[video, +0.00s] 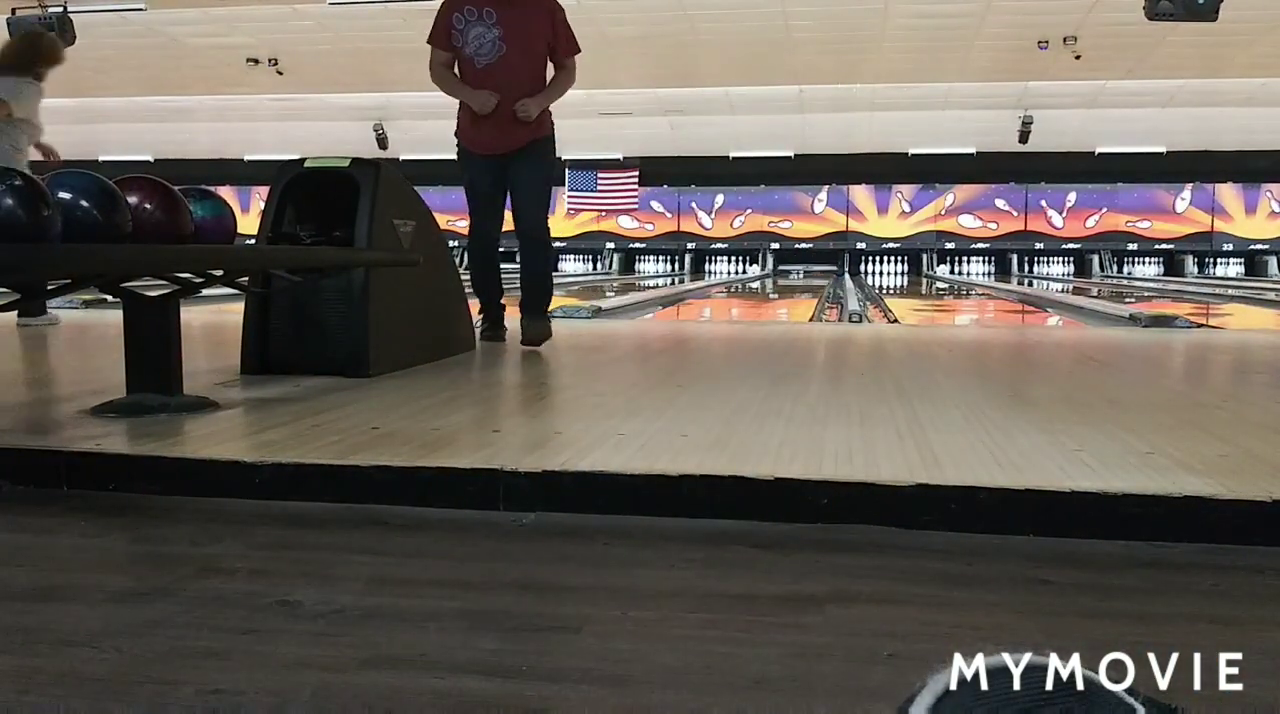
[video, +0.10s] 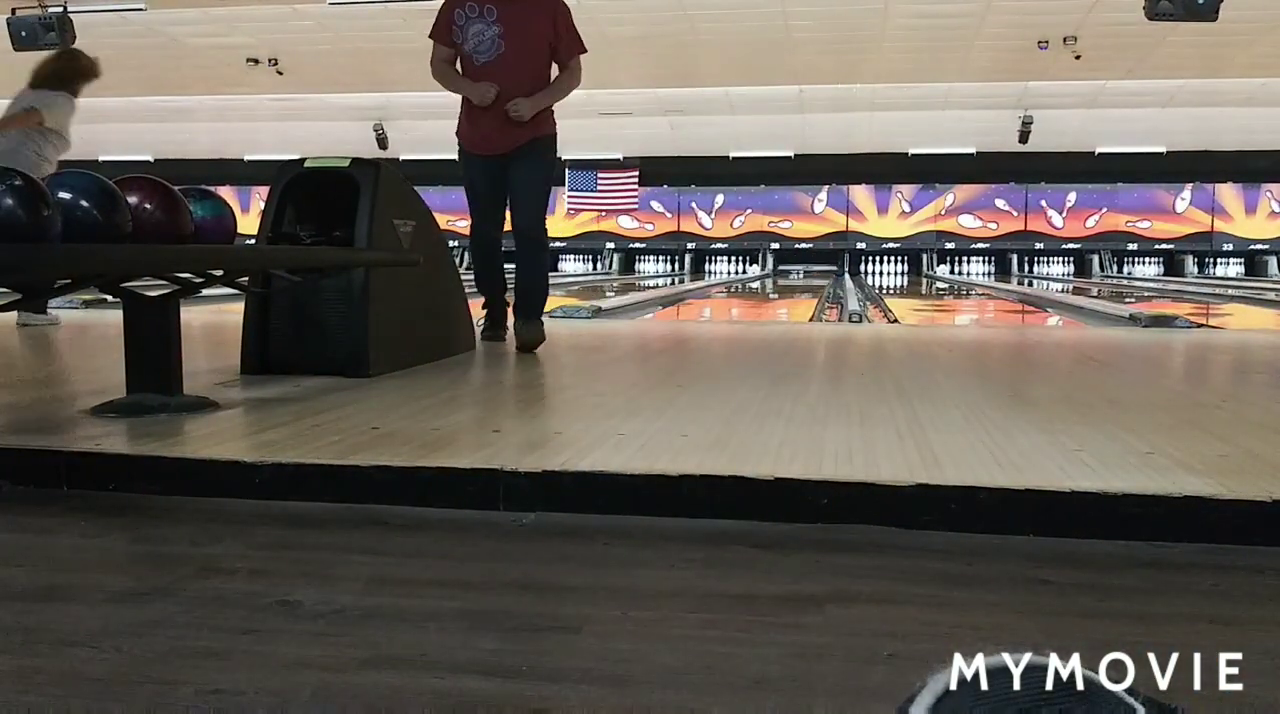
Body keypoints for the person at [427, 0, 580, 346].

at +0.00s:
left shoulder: (545, 7)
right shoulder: (456, 6)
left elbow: (567, 70)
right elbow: (438, 69)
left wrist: (541, 100)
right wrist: (470, 94)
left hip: (531, 137)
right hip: (479, 139)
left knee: (533, 230)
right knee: (483, 232)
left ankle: (535, 317)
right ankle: (491, 316)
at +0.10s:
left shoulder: (550, 6)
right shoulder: (459, 5)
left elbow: (572, 72)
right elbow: (439, 65)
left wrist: (536, 102)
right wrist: (469, 88)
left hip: (532, 136)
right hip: (479, 137)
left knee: (530, 230)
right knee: (485, 231)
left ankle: (529, 319)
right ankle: (494, 309)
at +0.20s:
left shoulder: (557, 5)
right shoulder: (463, 3)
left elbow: (577, 72)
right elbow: (443, 56)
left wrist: (530, 98)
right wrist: (465, 77)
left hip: (532, 130)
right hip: (479, 132)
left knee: (529, 230)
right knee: (484, 233)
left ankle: (528, 327)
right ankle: (498, 304)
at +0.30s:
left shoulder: (563, 4)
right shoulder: (465, 2)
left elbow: (579, 65)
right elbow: (449, 45)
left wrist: (525, 89)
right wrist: (463, 66)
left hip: (535, 125)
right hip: (480, 127)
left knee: (530, 229)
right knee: (483, 234)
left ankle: (528, 326)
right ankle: (503, 289)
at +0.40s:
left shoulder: (565, 2)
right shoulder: (466, 1)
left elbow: (579, 53)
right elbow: (452, 35)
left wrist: (522, 74)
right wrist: (458, 56)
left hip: (537, 122)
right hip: (479, 122)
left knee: (533, 229)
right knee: (480, 230)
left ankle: (527, 329)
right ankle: (508, 290)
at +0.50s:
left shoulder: (567, 1)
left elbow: (579, 44)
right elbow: (456, 30)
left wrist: (517, 62)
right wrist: (457, 56)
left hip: (537, 118)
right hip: (478, 116)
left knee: (535, 228)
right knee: (477, 222)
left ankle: (528, 329)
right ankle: (497, 315)